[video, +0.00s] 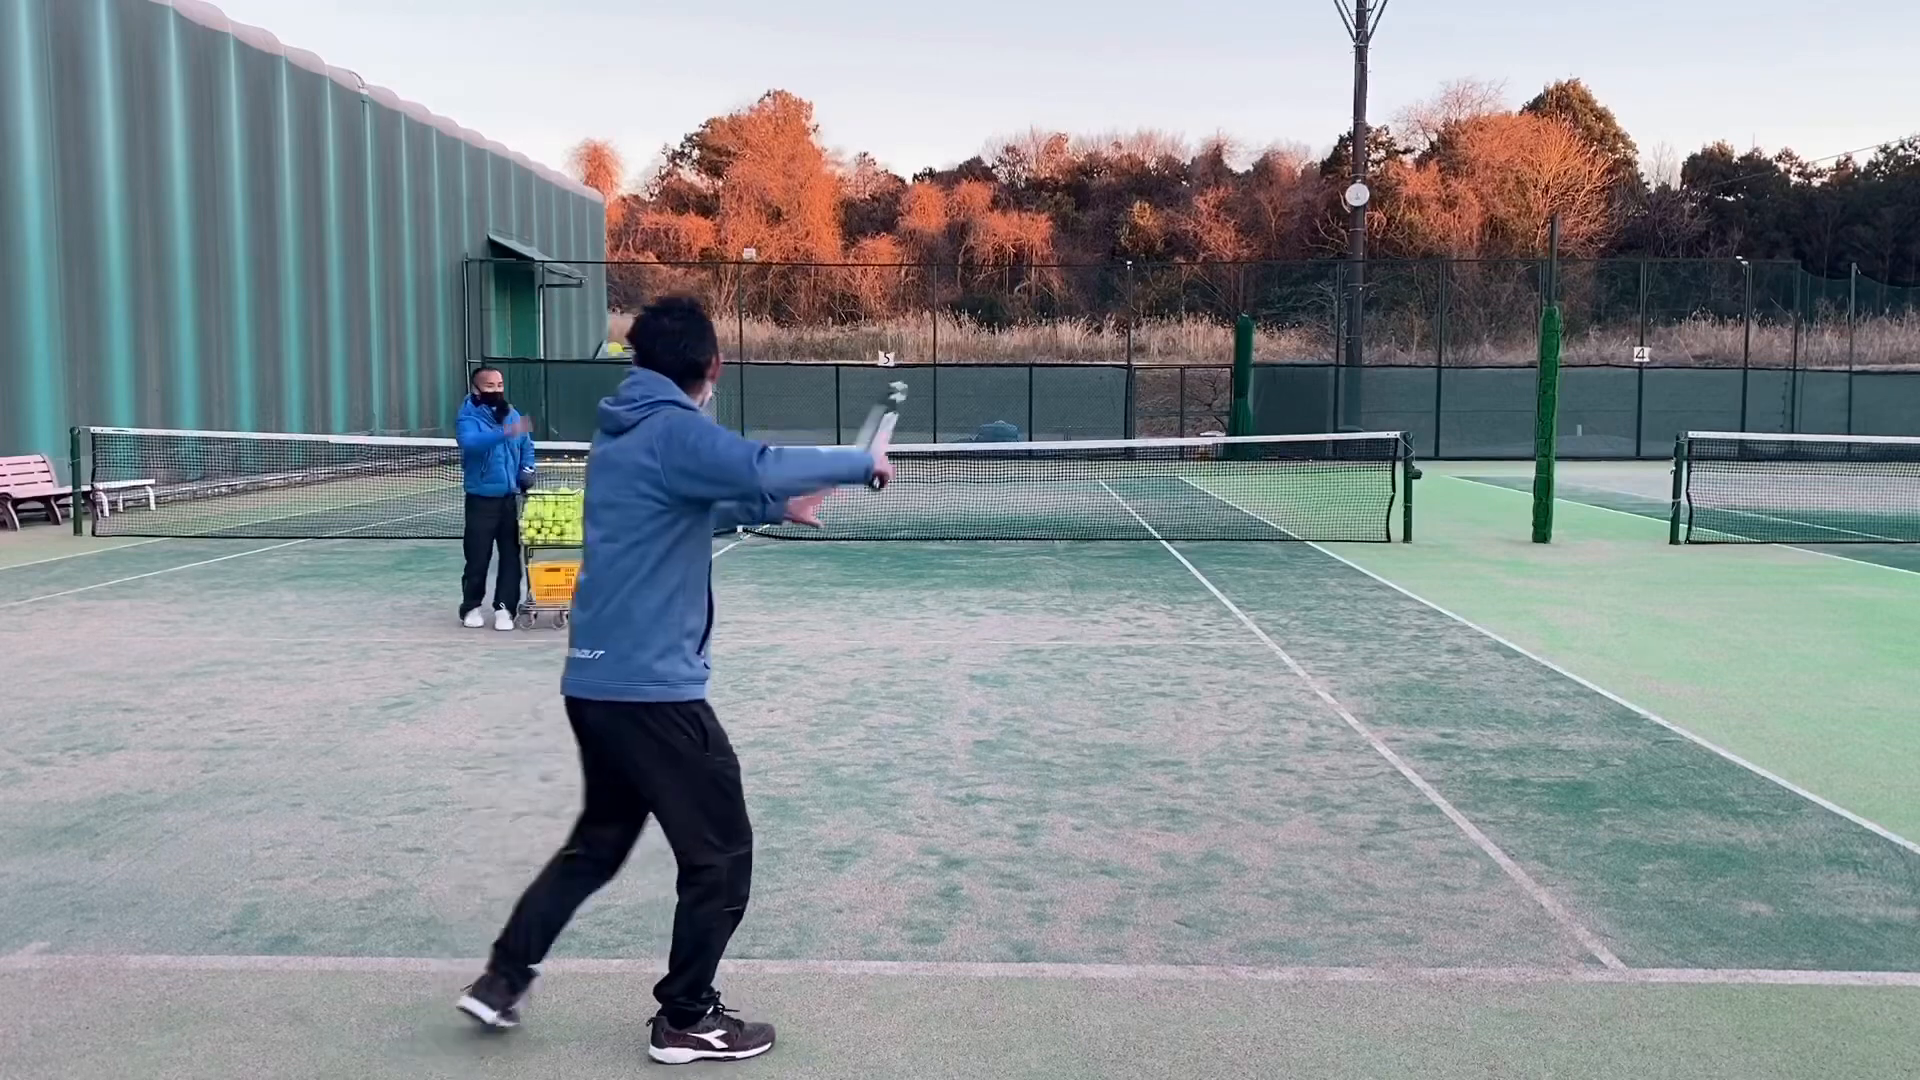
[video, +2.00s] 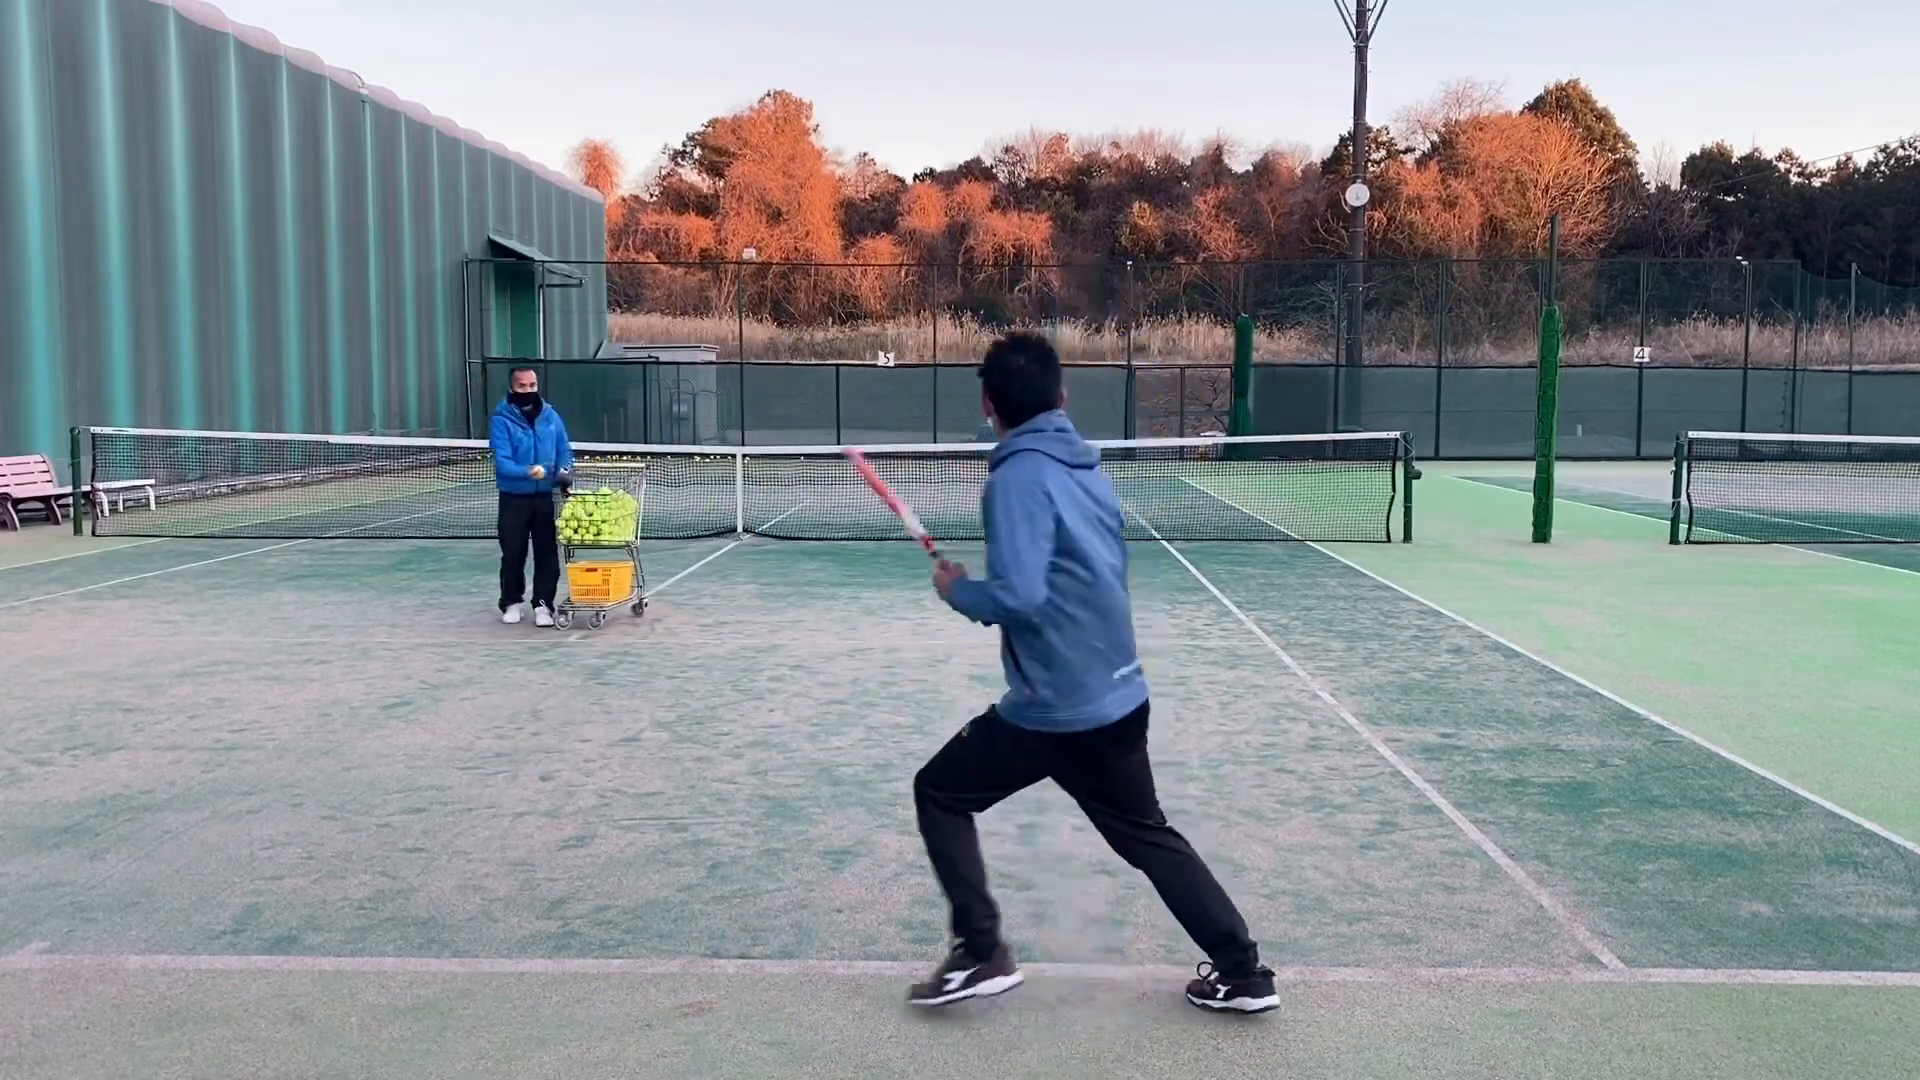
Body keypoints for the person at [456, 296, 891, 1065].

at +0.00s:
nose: (721, 368)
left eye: (718, 356)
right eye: (719, 357)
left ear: (642, 362)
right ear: (709, 365)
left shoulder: (618, 436)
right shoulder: (676, 434)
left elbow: (689, 512)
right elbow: (766, 471)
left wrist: (776, 507)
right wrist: (865, 462)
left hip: (593, 685)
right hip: (652, 689)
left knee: (601, 837)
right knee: (721, 849)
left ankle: (500, 981)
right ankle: (686, 1017)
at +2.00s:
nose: (981, 403)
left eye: (983, 393)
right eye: (983, 392)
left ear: (992, 402)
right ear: (1059, 395)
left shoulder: (1019, 477)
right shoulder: (1083, 465)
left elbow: (1019, 594)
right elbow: (1105, 567)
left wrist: (957, 589)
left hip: (1059, 706)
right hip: (1116, 697)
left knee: (940, 791)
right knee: (1146, 835)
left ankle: (979, 950)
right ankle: (1243, 970)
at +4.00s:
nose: (781, 386)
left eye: (778, 375)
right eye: (778, 374)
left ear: (699, 370)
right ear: (761, 378)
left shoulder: (705, 467)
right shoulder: (680, 435)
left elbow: (753, 531)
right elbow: (700, 437)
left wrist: (831, 548)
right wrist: (808, 404)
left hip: (694, 724)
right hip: (642, 728)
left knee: (760, 874)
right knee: (662, 921)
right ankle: (544, 1054)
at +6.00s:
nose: (722, 334)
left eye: (724, 323)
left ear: (730, 328)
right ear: (804, 323)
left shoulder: (703, 410)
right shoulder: (852, 416)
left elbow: (645, 525)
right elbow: (887, 533)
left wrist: (714, 520)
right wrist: (812, 538)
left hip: (730, 662)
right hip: (823, 662)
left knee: (721, 820)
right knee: (814, 822)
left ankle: (721, 991)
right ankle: (815, 1007)